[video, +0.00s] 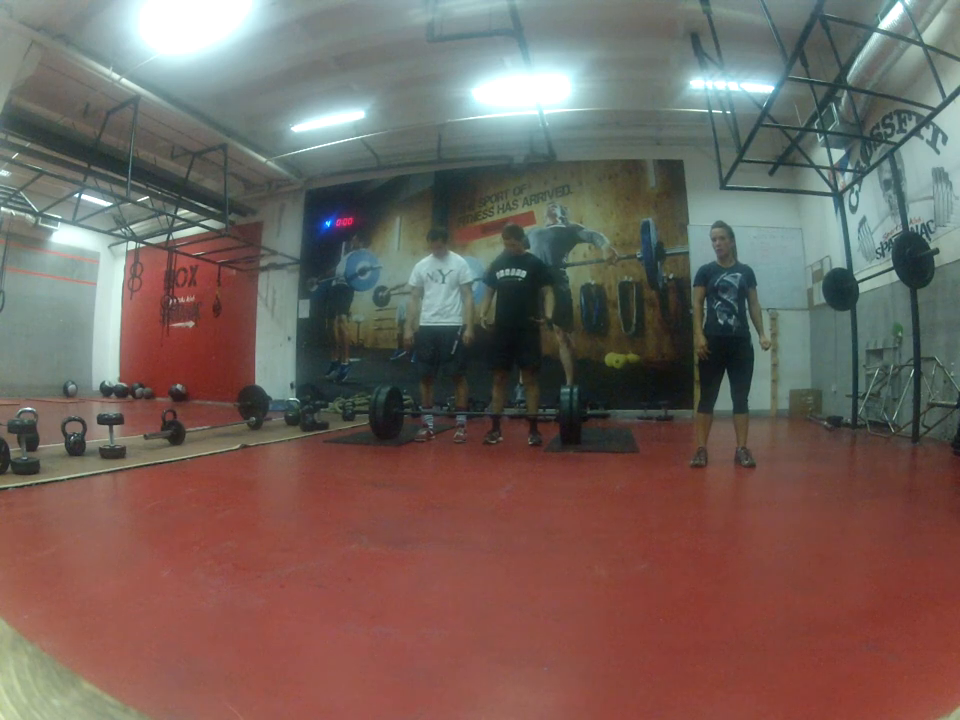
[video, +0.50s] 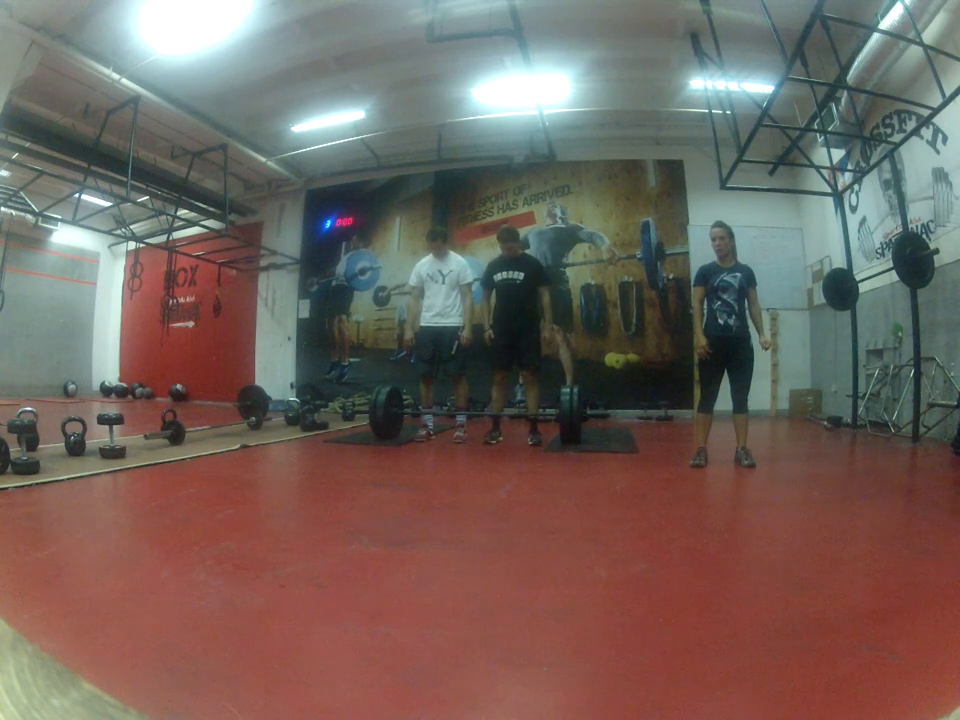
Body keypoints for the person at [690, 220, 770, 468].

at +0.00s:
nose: (718, 243)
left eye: (722, 239)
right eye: (714, 240)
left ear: (732, 241)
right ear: (711, 244)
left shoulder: (746, 272)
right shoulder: (705, 272)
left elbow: (754, 305)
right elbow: (697, 306)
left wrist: (761, 333)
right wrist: (698, 335)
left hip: (740, 343)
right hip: (712, 342)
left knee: (740, 398)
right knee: (707, 398)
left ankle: (742, 449)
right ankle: (701, 449)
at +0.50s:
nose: (718, 243)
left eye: (722, 239)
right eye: (714, 240)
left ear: (732, 241)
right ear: (711, 243)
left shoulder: (745, 272)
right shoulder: (705, 272)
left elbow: (754, 306)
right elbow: (697, 306)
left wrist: (761, 333)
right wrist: (698, 335)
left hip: (740, 343)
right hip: (712, 342)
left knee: (740, 398)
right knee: (707, 398)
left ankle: (742, 449)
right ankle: (701, 449)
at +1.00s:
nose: (717, 243)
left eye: (721, 238)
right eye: (713, 240)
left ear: (731, 241)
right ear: (710, 244)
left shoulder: (745, 272)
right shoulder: (704, 272)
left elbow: (753, 305)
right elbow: (697, 306)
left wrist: (761, 333)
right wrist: (698, 335)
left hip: (739, 343)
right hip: (711, 342)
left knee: (740, 399)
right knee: (706, 398)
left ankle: (742, 449)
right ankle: (701, 449)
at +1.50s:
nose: (707, 245)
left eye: (711, 240)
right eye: (706, 241)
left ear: (726, 241)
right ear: (710, 244)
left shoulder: (745, 271)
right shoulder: (704, 271)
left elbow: (754, 305)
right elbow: (697, 305)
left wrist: (761, 333)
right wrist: (698, 334)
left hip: (739, 342)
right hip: (711, 342)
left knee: (740, 399)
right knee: (706, 399)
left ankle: (742, 449)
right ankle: (701, 449)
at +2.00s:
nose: (707, 245)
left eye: (710, 240)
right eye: (705, 241)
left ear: (726, 241)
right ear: (710, 244)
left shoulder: (745, 271)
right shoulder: (704, 272)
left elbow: (754, 305)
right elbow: (697, 306)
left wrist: (761, 333)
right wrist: (697, 335)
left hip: (739, 342)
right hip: (711, 342)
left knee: (740, 399)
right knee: (706, 398)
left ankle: (742, 449)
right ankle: (701, 449)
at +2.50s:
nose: (707, 245)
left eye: (710, 240)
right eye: (705, 241)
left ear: (726, 241)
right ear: (709, 245)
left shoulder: (745, 271)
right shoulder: (704, 272)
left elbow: (753, 304)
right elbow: (697, 306)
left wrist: (761, 333)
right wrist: (697, 335)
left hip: (739, 342)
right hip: (711, 342)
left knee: (740, 399)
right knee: (706, 398)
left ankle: (742, 449)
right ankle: (701, 449)